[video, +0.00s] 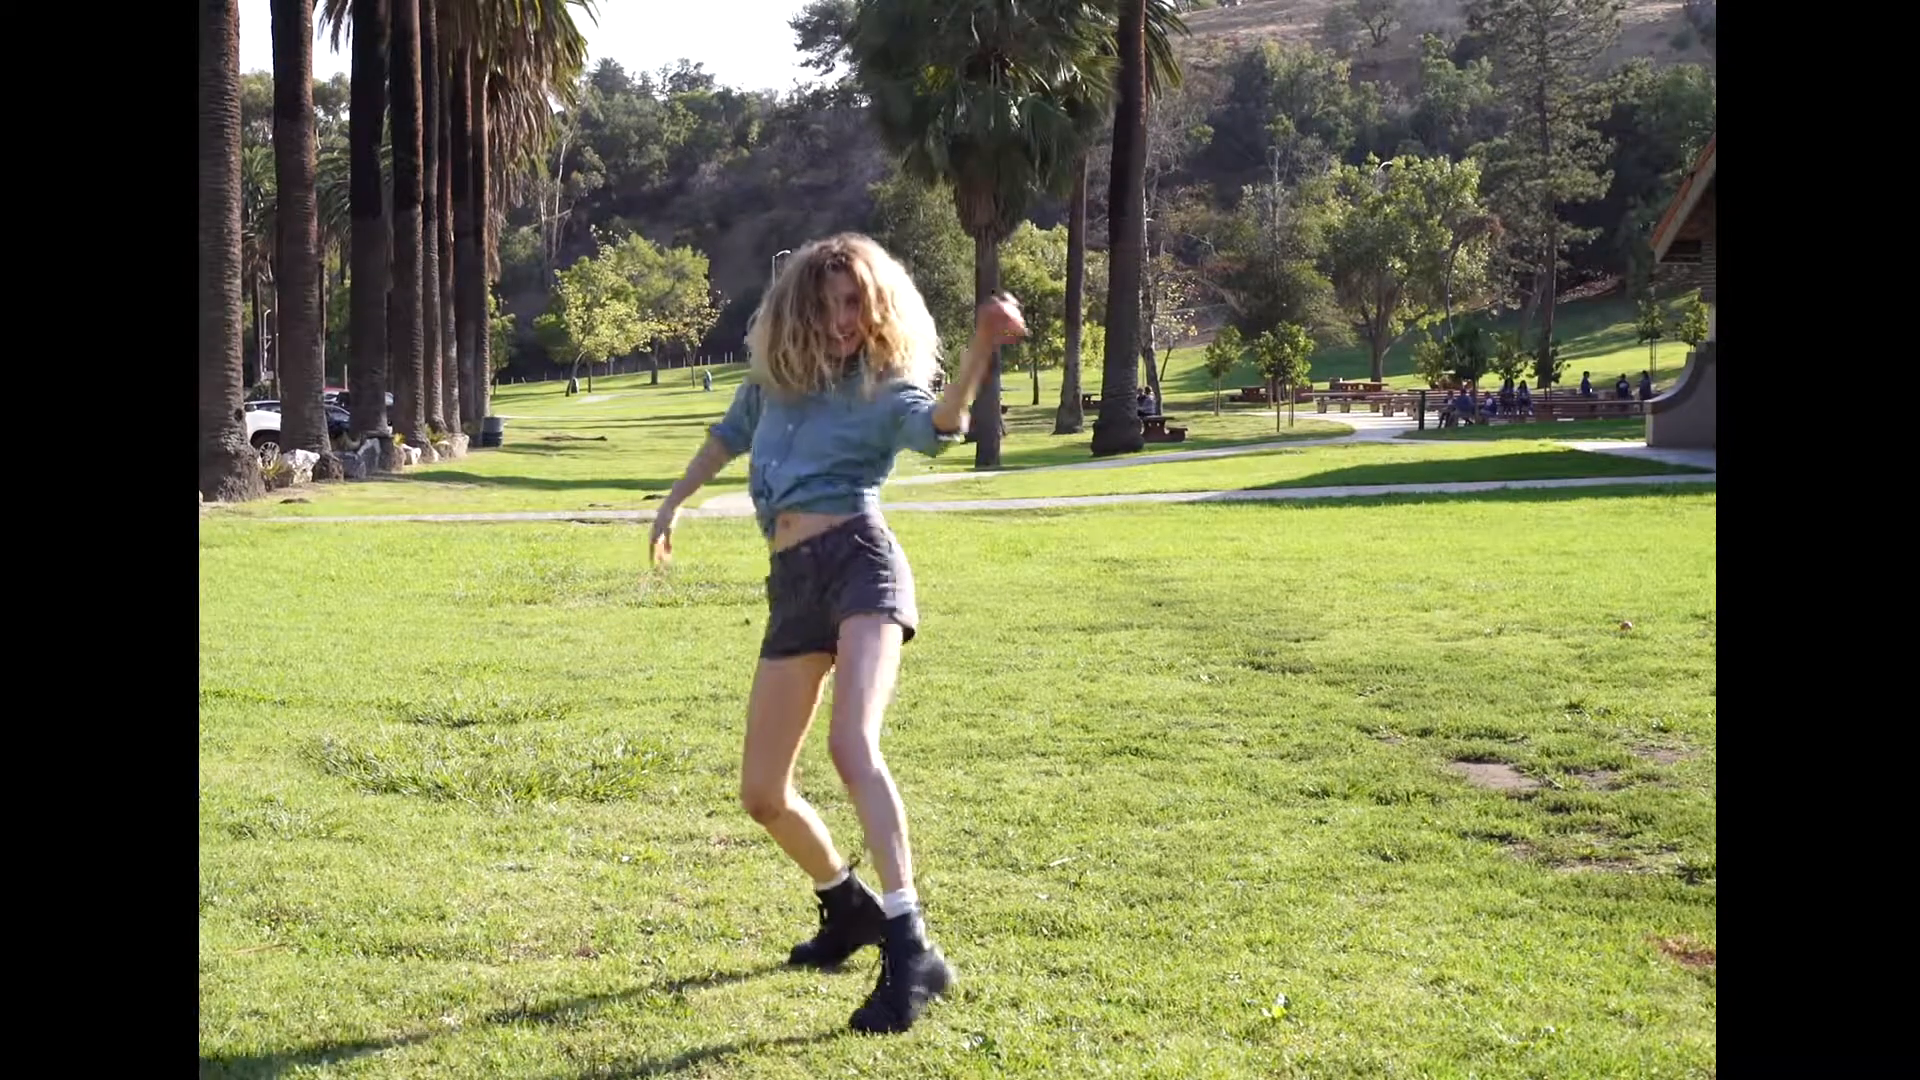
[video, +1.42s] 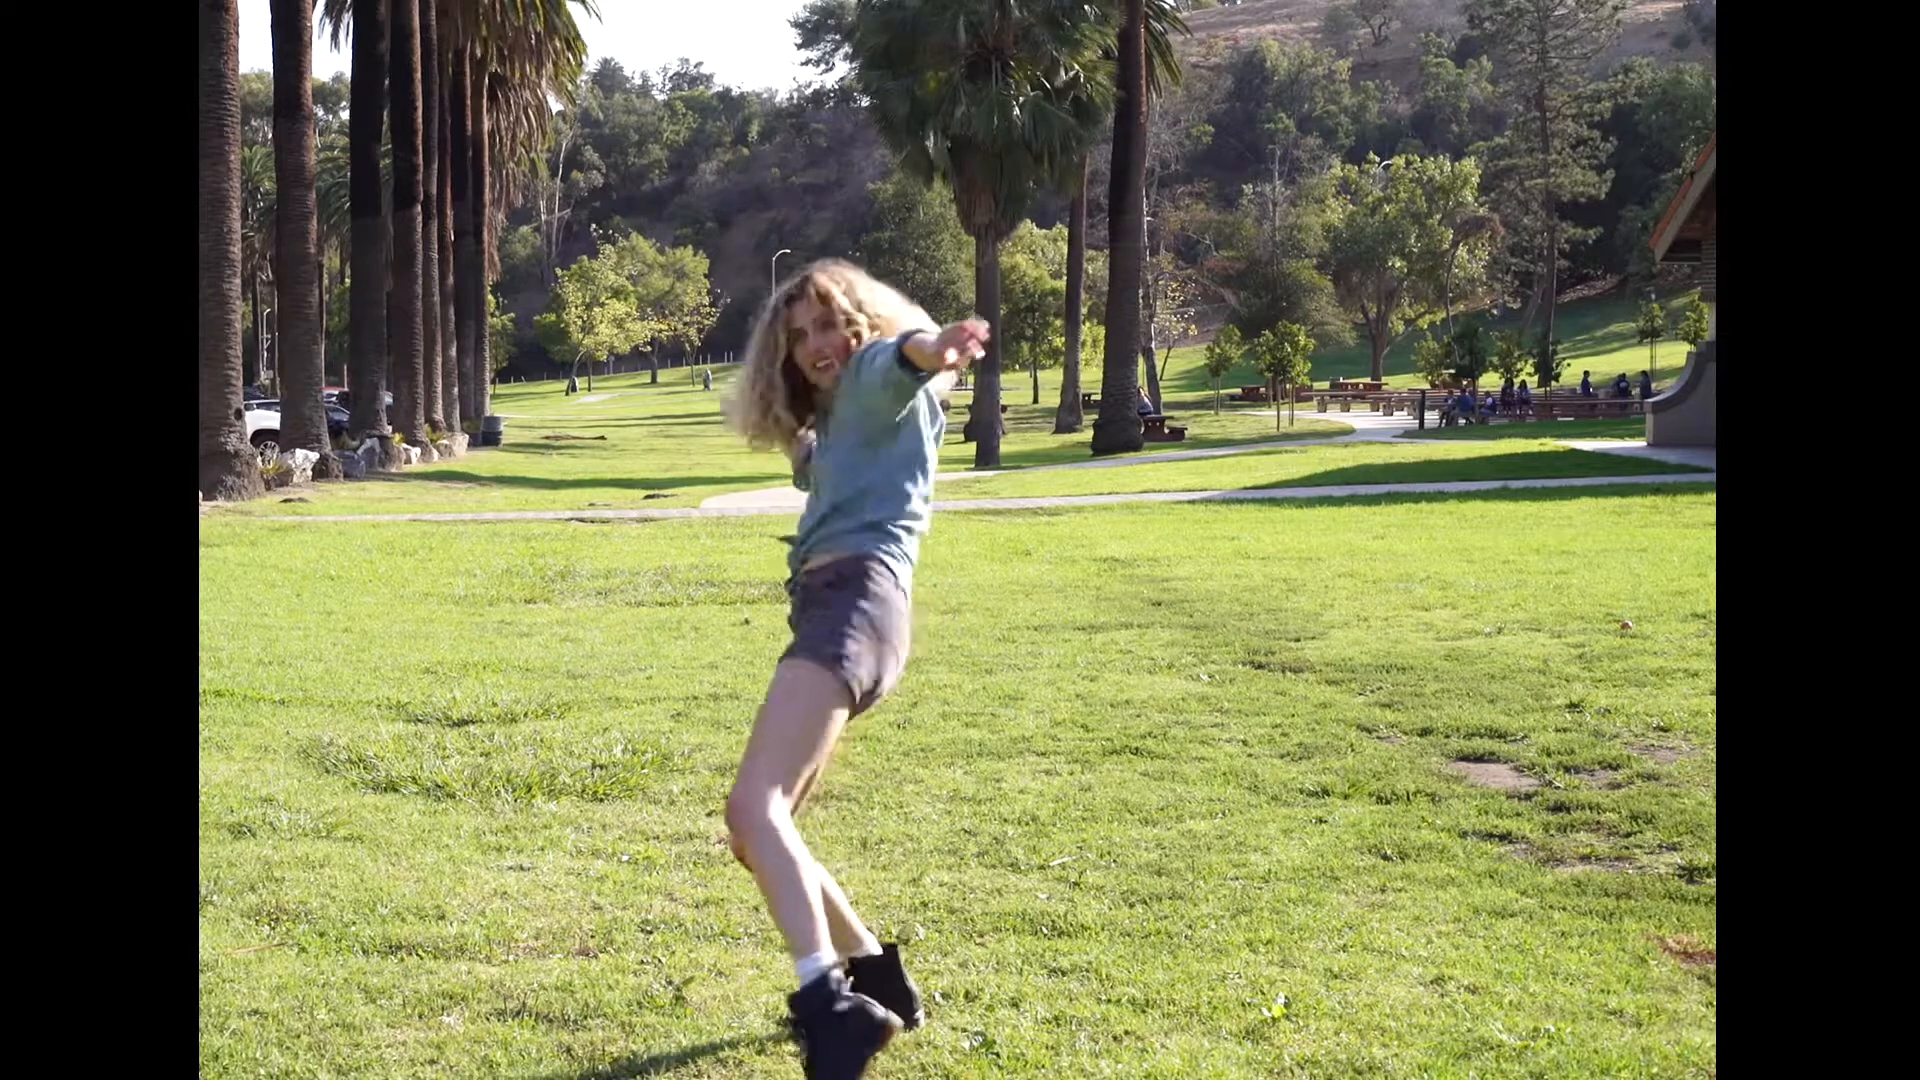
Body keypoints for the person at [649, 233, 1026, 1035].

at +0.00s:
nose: (844, 320)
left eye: (857, 306)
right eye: (831, 306)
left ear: (875, 311)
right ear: (806, 310)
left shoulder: (888, 387)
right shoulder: (770, 384)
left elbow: (944, 422)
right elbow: (723, 442)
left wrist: (982, 349)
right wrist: (670, 506)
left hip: (861, 559)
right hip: (793, 581)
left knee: (852, 749)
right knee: (763, 790)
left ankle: (911, 948)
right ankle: (848, 906)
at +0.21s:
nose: (847, 334)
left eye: (860, 318)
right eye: (831, 324)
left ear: (883, 330)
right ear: (810, 341)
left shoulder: (898, 413)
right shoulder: (804, 421)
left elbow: (871, 424)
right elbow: (767, 446)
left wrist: (862, 353)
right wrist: (694, 456)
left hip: (854, 618)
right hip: (784, 608)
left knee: (836, 769)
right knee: (782, 788)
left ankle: (885, 960)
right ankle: (858, 900)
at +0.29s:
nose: (831, 321)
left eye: (843, 306)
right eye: (819, 310)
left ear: (871, 311)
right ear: (802, 325)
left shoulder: (882, 376)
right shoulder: (817, 391)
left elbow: (863, 431)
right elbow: (804, 461)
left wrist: (794, 353)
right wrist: (724, 435)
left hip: (866, 614)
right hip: (803, 606)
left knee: (807, 786)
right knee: (783, 788)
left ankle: (882, 976)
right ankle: (858, 912)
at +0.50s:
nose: (802, 302)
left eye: (817, 291)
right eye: (788, 293)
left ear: (844, 303)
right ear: (770, 311)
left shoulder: (830, 354)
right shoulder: (832, 374)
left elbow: (819, 409)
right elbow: (839, 444)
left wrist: (767, 472)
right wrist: (775, 446)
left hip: (900, 589)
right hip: (858, 601)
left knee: (829, 792)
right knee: (746, 779)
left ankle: (886, 984)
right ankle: (851, 948)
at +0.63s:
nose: (800, 309)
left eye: (815, 296)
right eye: (788, 296)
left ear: (842, 307)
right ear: (769, 309)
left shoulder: (834, 365)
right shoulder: (802, 382)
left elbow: (862, 424)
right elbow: (807, 438)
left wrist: (855, 490)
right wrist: (776, 454)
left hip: (894, 579)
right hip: (851, 595)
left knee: (809, 774)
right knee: (786, 813)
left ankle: (892, 957)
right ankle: (876, 972)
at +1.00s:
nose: (803, 326)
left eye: (818, 312)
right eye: (787, 313)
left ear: (845, 320)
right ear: (765, 329)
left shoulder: (843, 377)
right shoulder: (794, 401)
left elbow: (888, 379)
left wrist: (931, 394)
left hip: (891, 614)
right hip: (848, 621)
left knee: (818, 797)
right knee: (771, 817)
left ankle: (863, 1005)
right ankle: (875, 976)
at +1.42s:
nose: (820, 344)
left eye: (832, 325)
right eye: (804, 337)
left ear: (864, 323)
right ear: (794, 355)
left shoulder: (881, 369)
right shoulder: (840, 407)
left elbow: (908, 358)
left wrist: (944, 348)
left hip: (855, 597)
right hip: (834, 605)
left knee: (754, 805)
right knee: (754, 822)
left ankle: (825, 996)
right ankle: (873, 965)